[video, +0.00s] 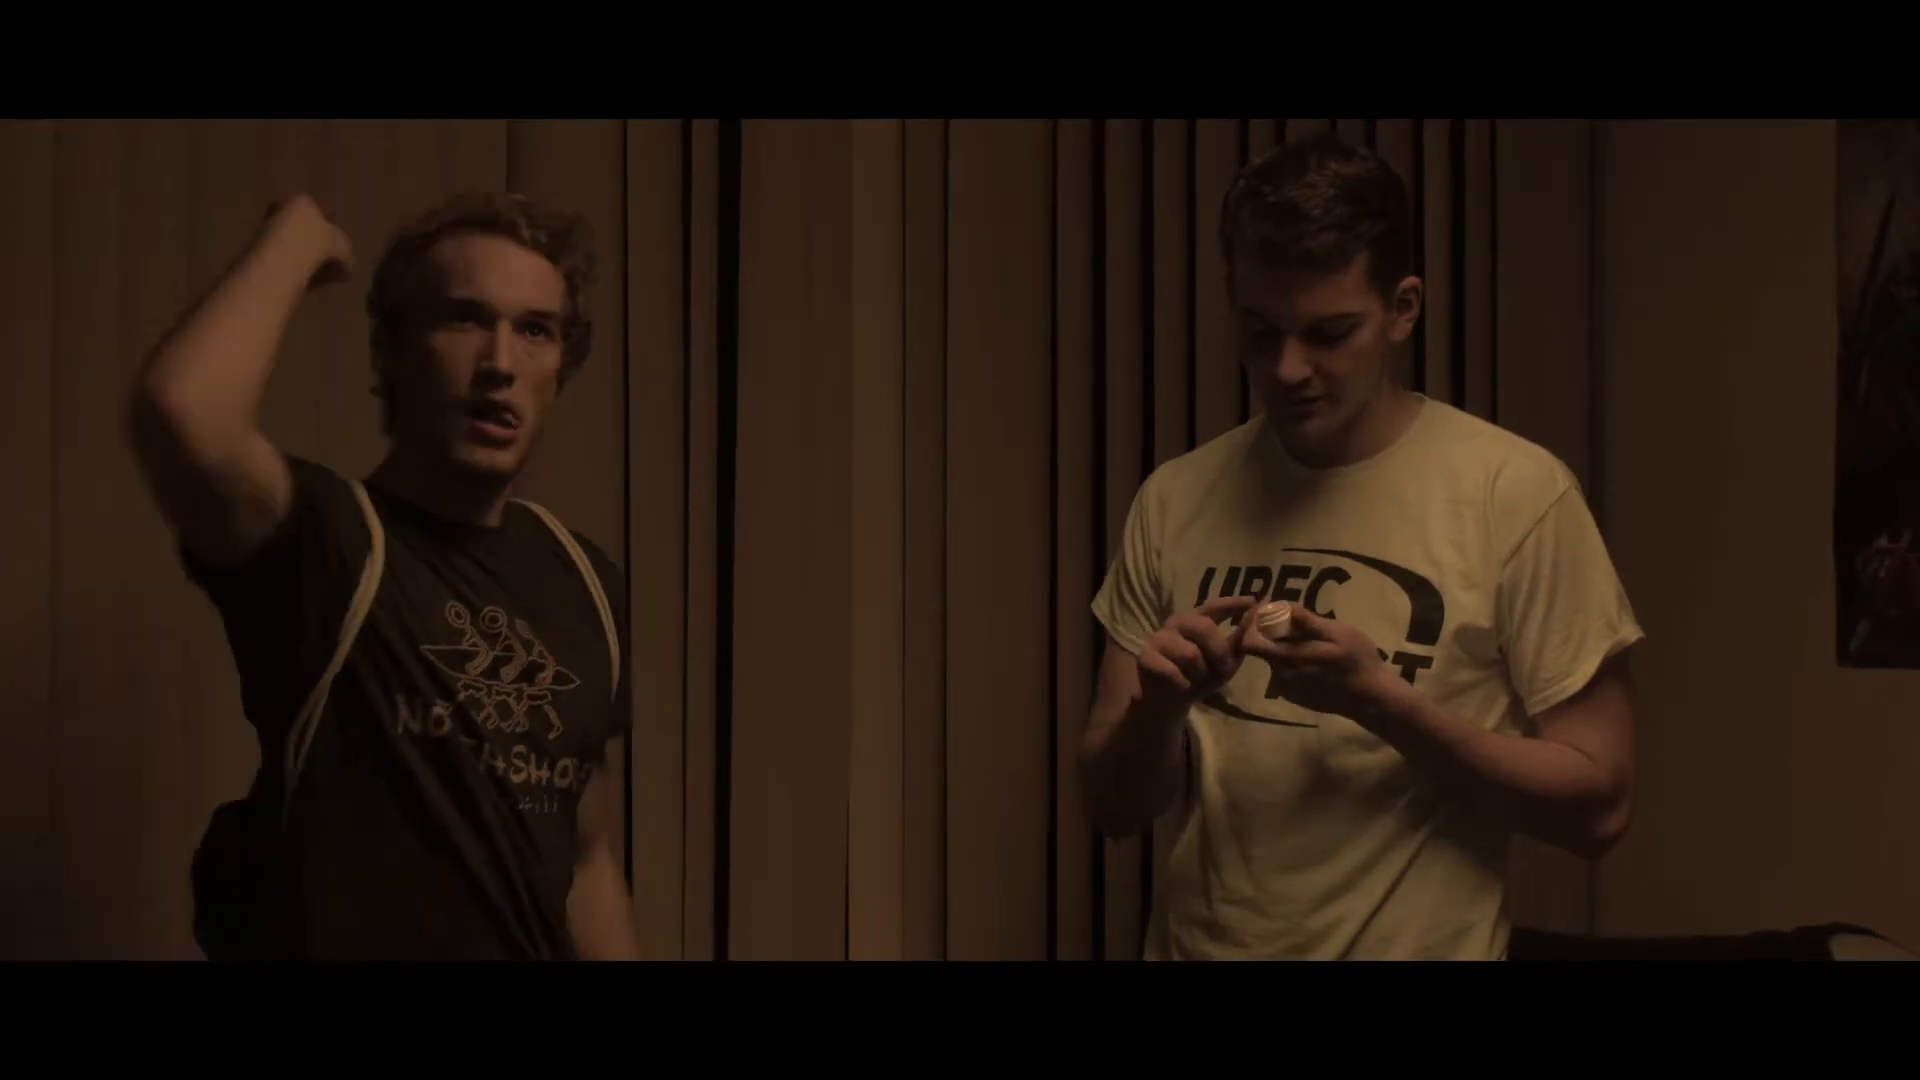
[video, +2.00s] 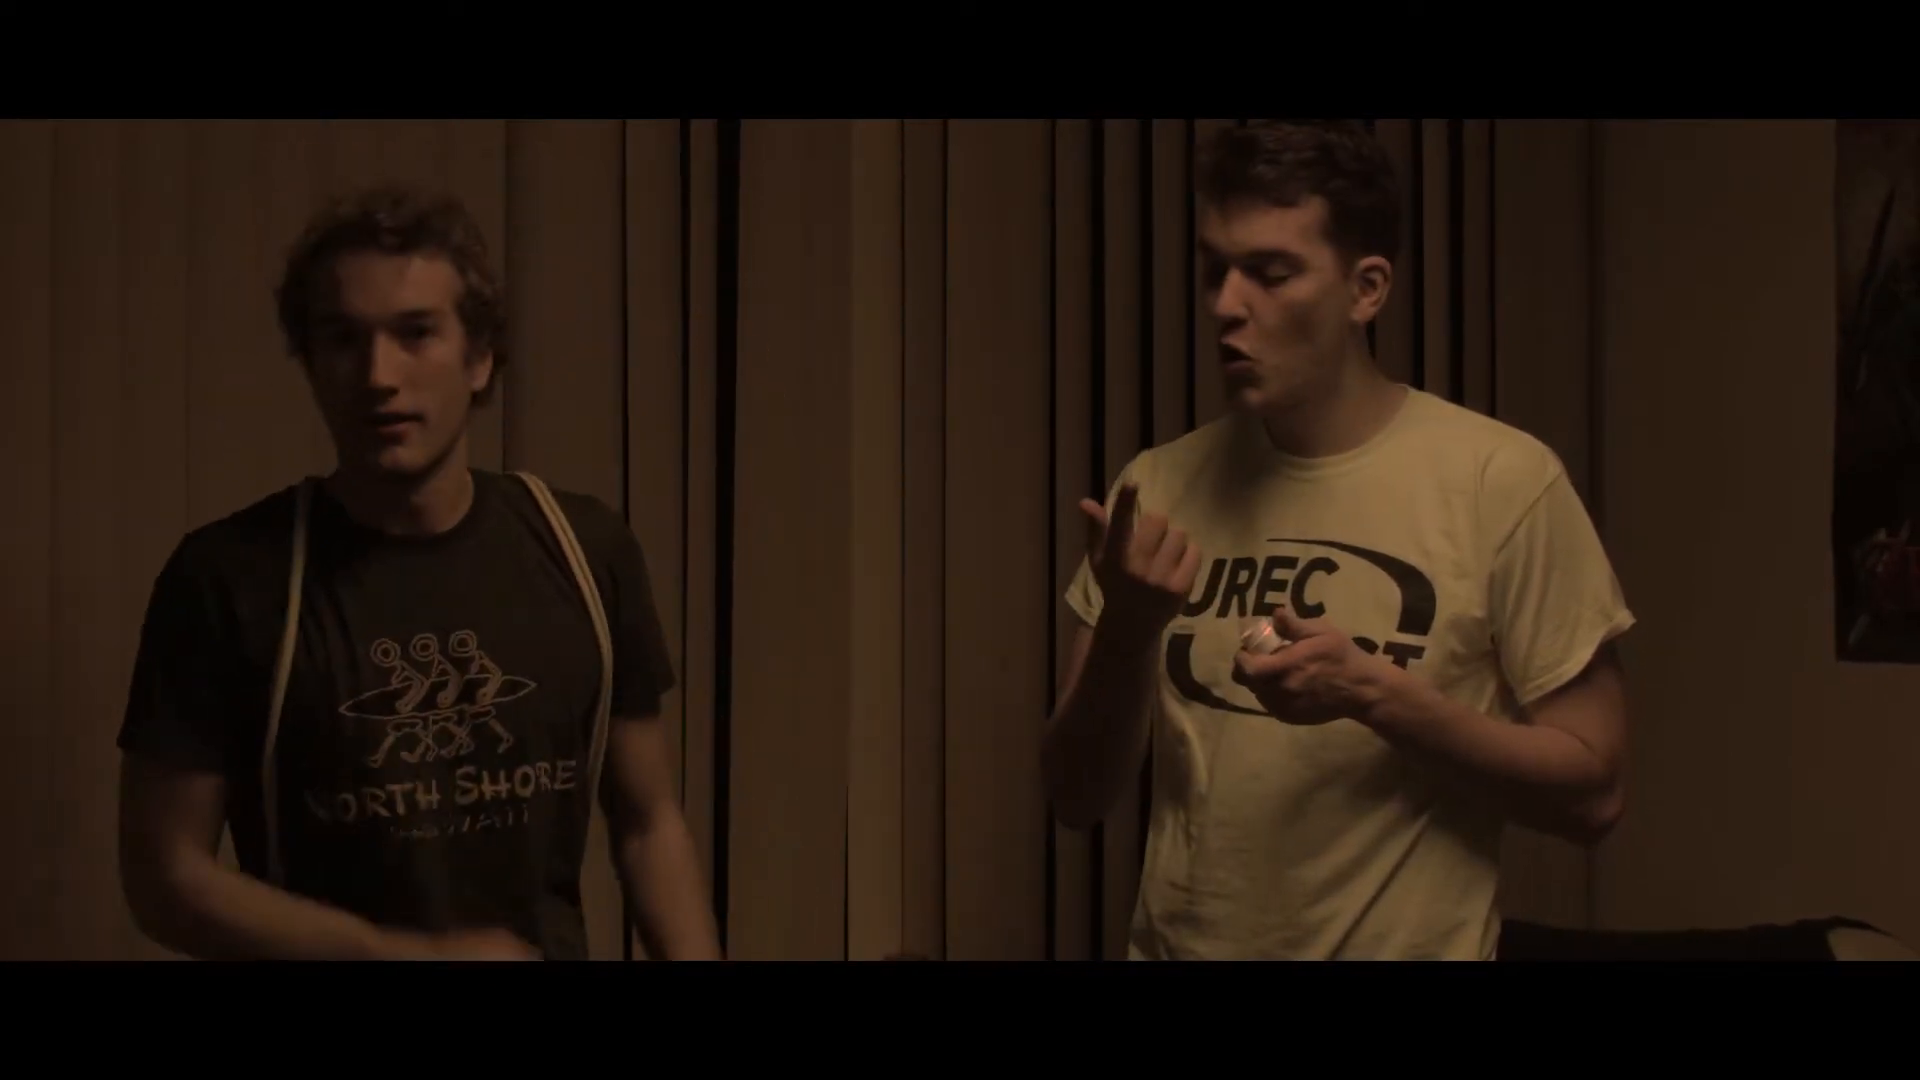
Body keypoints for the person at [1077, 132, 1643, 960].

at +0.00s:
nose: (1290, 371)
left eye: (1330, 334)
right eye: (1262, 333)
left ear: (1404, 309)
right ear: (1237, 311)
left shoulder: (1516, 497)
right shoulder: (1173, 501)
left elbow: (1597, 807)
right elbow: (1111, 811)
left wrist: (1385, 700)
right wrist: (1156, 710)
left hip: (1421, 946)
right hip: (1199, 944)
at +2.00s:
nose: (1224, 307)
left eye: (1270, 272)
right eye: (1216, 271)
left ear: (1366, 289)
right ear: (1201, 273)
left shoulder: (1505, 486)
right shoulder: (1157, 486)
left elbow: (1592, 791)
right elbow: (1076, 799)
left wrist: (1376, 691)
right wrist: (1126, 630)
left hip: (1406, 946)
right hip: (1179, 941)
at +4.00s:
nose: (1242, 342)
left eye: (1284, 307)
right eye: (1226, 308)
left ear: (1376, 317)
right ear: (1207, 314)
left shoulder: (1515, 514)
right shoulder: (1160, 500)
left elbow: (1596, 819)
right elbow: (1047, 775)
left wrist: (1393, 720)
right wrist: (1174, 557)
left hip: (1416, 948)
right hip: (1178, 943)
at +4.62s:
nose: (1281, 358)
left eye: (1319, 320)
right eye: (1251, 323)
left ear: (1394, 315)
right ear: (1224, 322)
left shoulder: (1516, 515)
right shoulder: (1157, 502)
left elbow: (1595, 818)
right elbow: (1067, 800)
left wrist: (1390, 716)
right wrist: (1162, 657)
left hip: (1415, 946)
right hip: (1179, 944)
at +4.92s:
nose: (1291, 368)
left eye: (1332, 331)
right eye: (1262, 330)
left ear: (1404, 323)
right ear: (1235, 319)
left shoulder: (1517, 518)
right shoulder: (1157, 503)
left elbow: (1592, 822)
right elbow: (1069, 793)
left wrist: (1394, 721)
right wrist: (1162, 705)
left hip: (1414, 947)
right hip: (1182, 944)